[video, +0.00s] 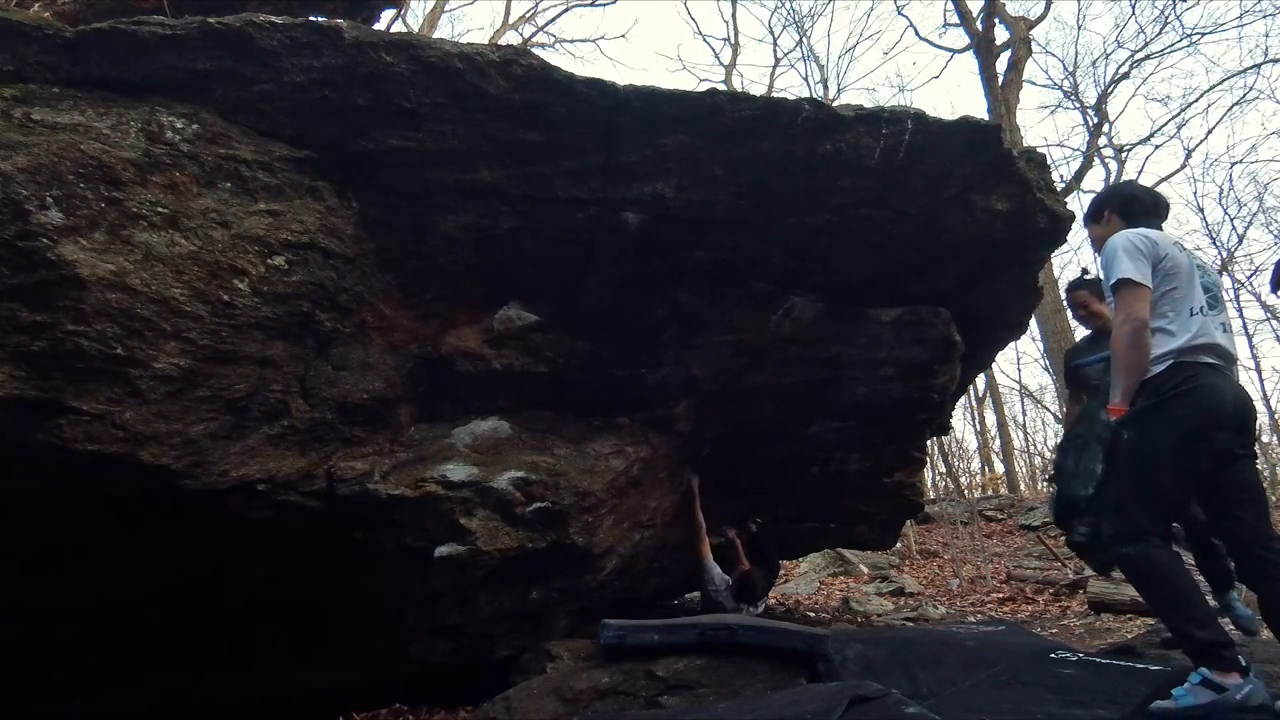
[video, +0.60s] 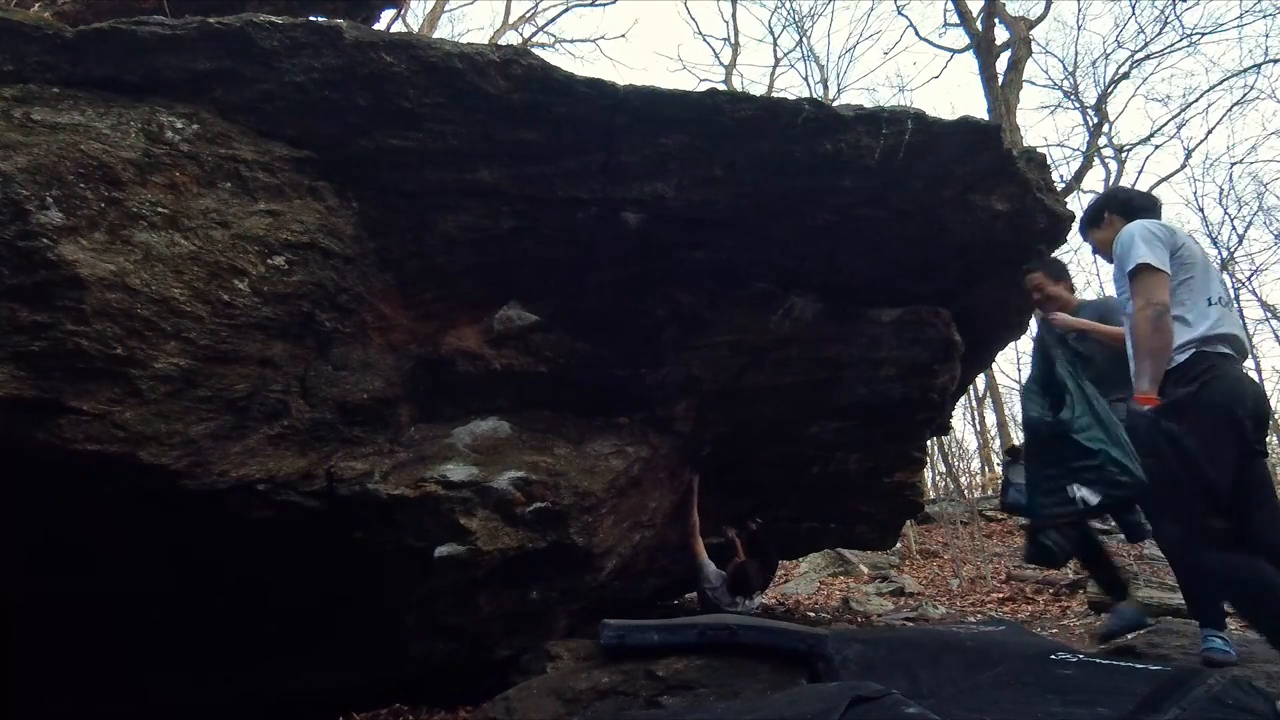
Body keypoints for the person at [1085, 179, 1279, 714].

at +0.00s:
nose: (1094, 242)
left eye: (1094, 232)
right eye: (1091, 234)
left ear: (1111, 217)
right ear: (1148, 216)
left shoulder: (1125, 241)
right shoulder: (1188, 257)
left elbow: (1133, 321)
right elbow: (1211, 330)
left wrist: (1118, 404)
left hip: (1179, 391)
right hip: (1227, 391)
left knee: (1130, 535)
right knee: (1256, 543)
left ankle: (1224, 669)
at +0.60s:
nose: (1097, 253)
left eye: (1095, 241)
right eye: (1093, 248)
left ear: (1110, 219)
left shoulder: (1139, 231)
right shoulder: (1181, 249)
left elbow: (1156, 310)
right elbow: (1151, 337)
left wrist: (1144, 398)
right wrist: (1077, 324)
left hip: (1198, 385)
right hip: (1239, 388)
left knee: (1182, 527)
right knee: (1258, 523)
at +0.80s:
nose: (1096, 249)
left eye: (1091, 238)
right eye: (1089, 245)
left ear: (1108, 212)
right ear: (1114, 213)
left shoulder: (1153, 228)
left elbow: (1170, 308)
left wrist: (1161, 399)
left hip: (1204, 390)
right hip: (1222, 387)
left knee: (1244, 539)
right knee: (1247, 536)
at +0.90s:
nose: (1096, 251)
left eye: (1090, 239)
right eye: (1088, 247)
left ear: (1110, 211)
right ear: (1111, 214)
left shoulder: (1164, 227)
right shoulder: (1145, 255)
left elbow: (1188, 311)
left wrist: (1176, 398)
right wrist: (1167, 409)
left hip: (1215, 394)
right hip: (1198, 404)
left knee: (1243, 543)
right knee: (1232, 544)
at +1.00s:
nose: (1105, 253)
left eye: (1097, 241)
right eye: (1096, 250)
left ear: (1111, 213)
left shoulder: (1175, 228)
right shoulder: (1155, 254)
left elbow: (1205, 312)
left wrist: (1191, 404)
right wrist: (1176, 408)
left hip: (1220, 403)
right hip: (1198, 411)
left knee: (1246, 543)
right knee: (1206, 546)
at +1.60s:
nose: (1108, 229)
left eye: (1104, 214)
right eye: (1098, 227)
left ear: (1129, 184)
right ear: (1098, 224)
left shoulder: (1197, 222)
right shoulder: (1158, 252)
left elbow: (1234, 312)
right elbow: (1188, 336)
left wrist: (1210, 406)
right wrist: (1179, 416)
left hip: (1238, 405)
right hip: (1197, 418)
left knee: (1270, 543)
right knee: (1180, 539)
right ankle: (1275, 634)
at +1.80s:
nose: (1087, 223)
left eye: (1087, 209)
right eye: (1082, 215)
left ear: (1115, 191)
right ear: (1118, 196)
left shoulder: (1178, 224)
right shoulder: (1157, 244)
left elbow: (1221, 311)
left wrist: (1209, 411)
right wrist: (1188, 410)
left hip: (1238, 398)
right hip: (1201, 409)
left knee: (1273, 536)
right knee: (1152, 516)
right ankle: (1274, 614)